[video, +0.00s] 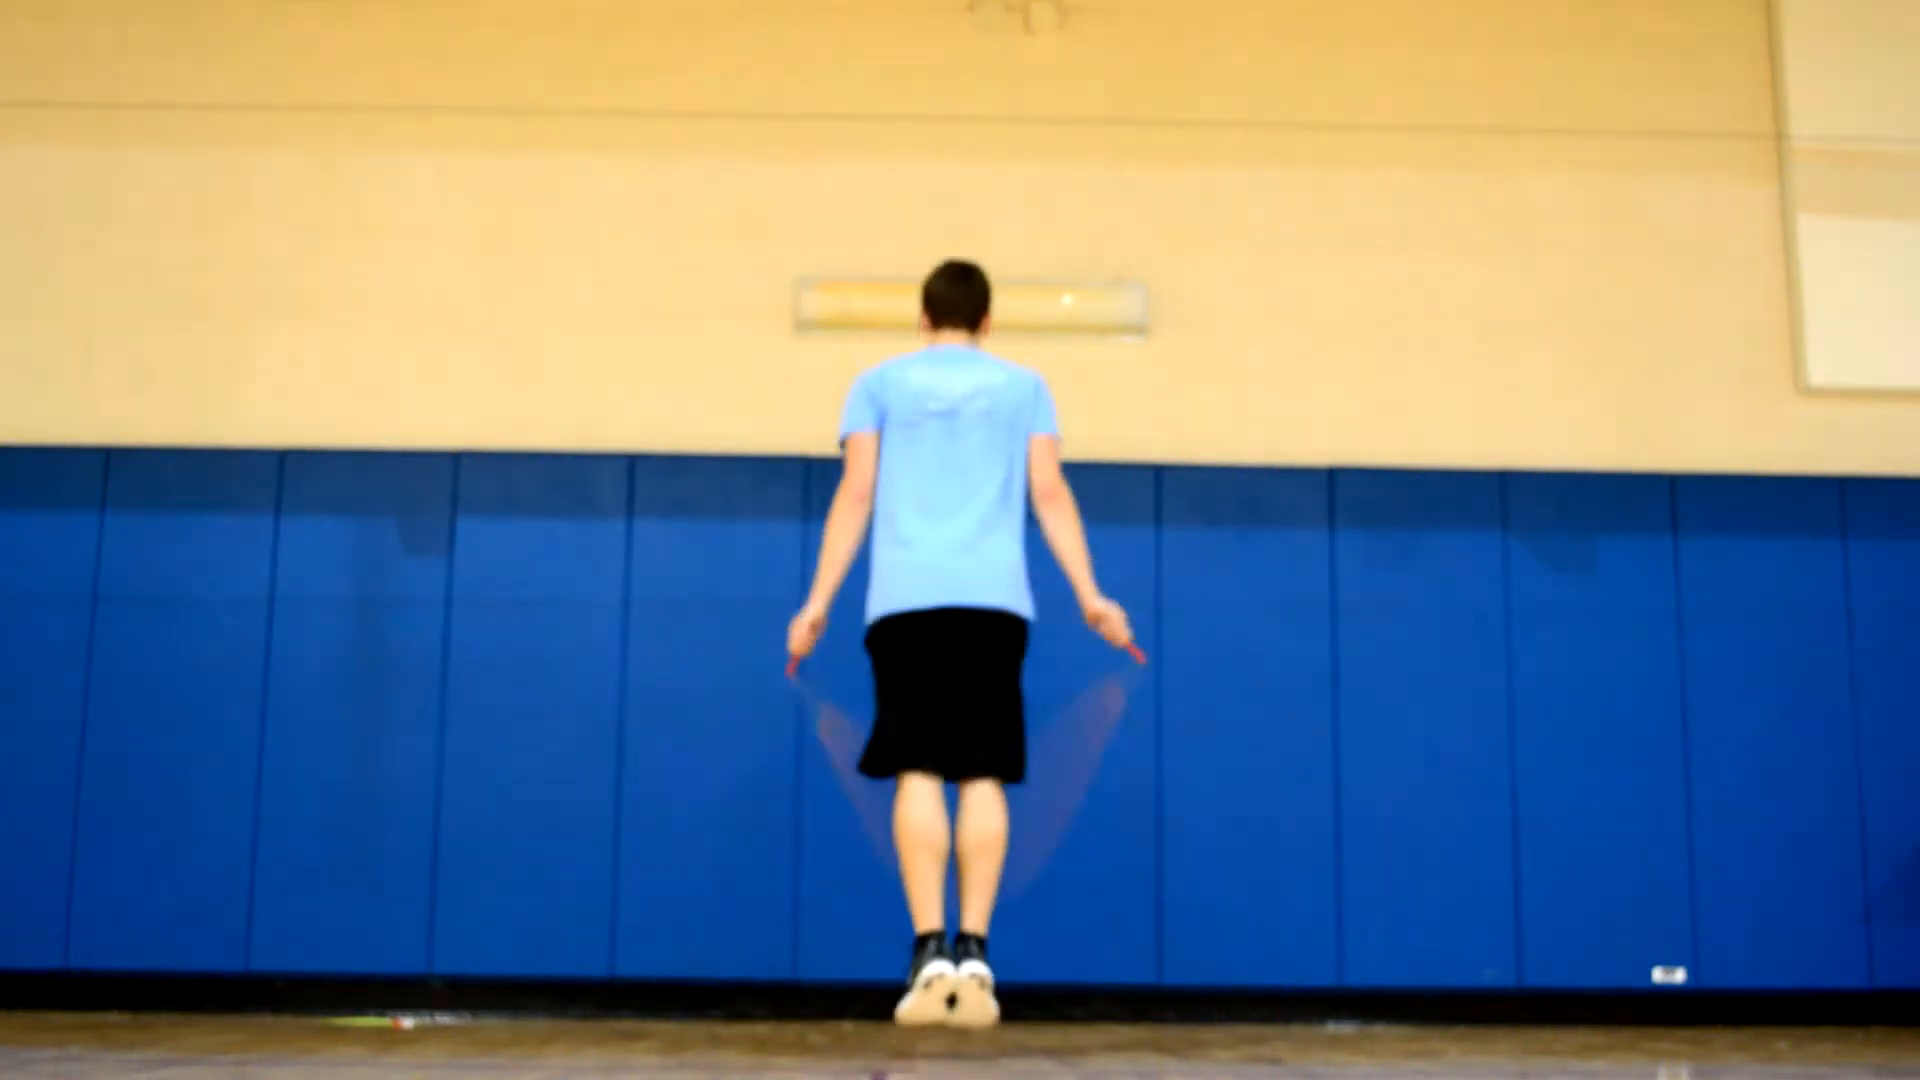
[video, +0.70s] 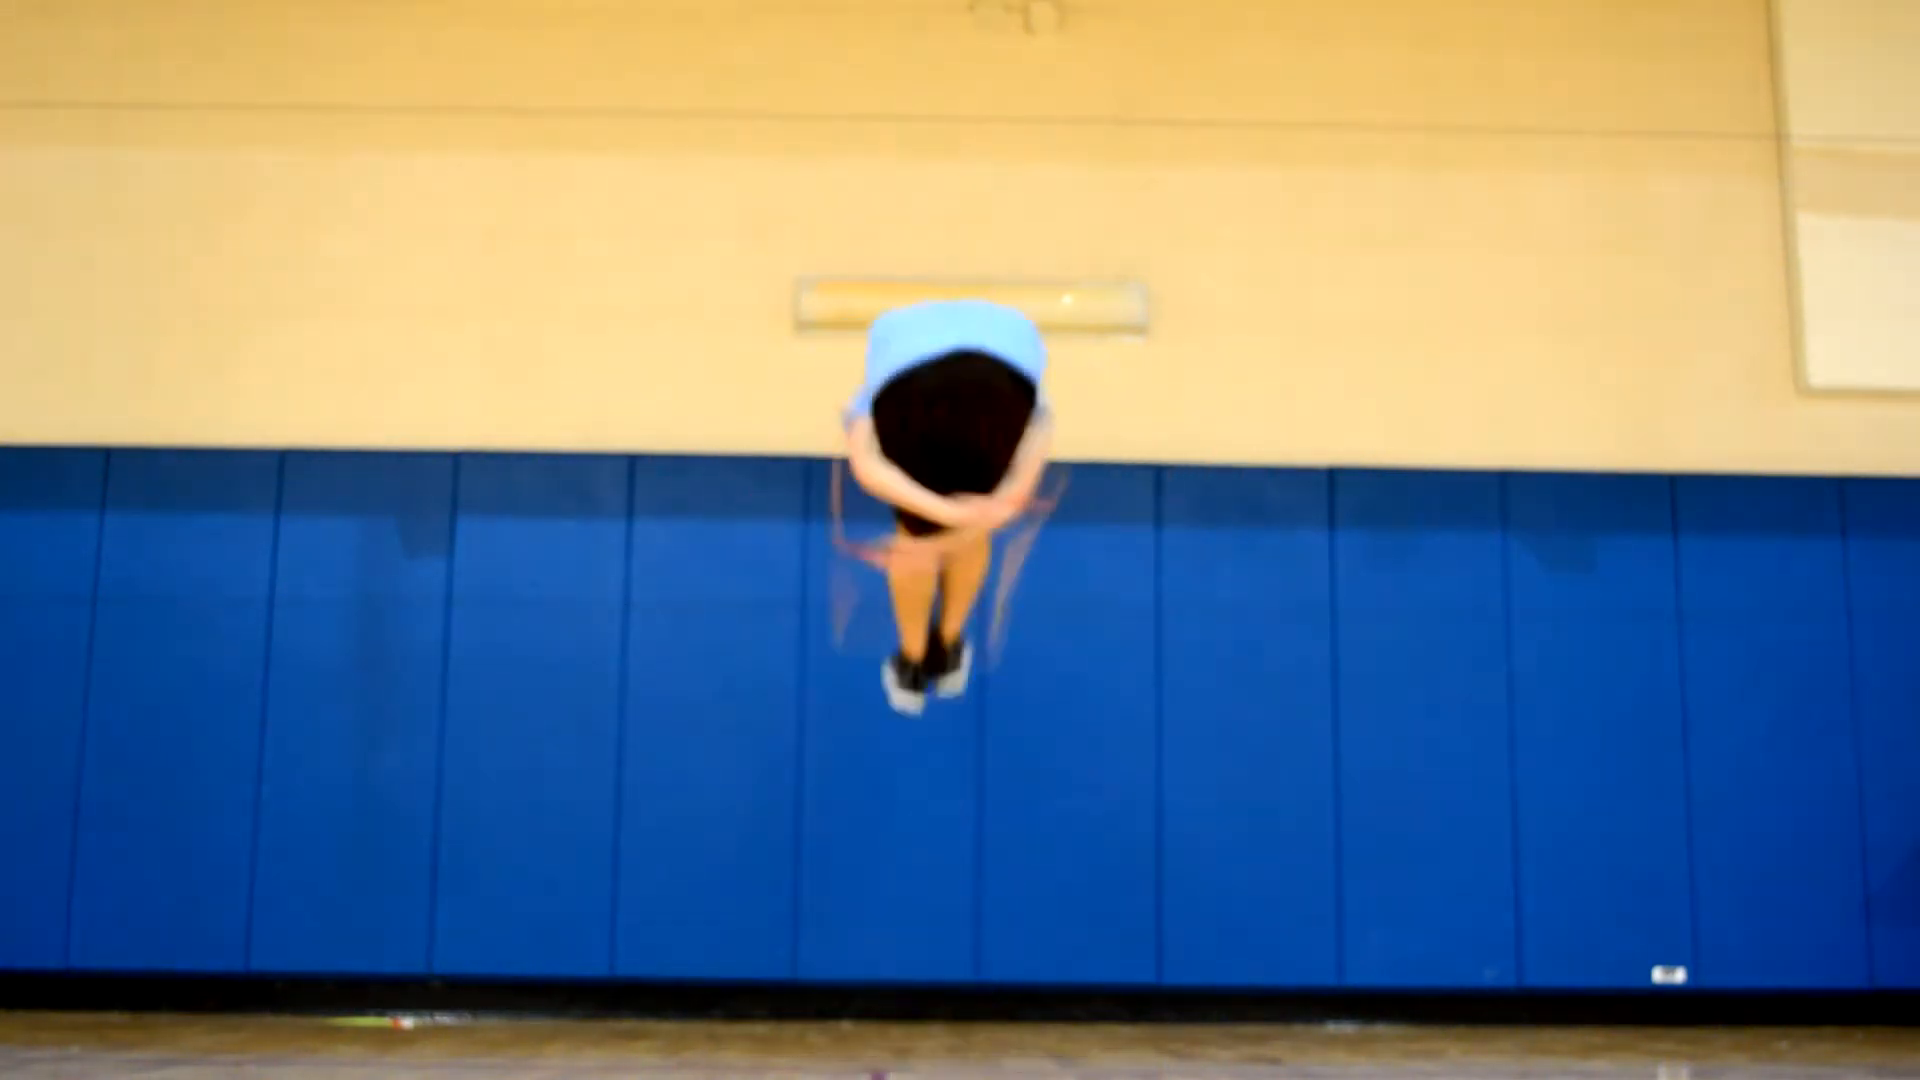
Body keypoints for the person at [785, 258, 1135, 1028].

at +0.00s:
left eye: (933, 312)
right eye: (979, 316)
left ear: (923, 316)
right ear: (988, 320)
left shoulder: (878, 385)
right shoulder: (1024, 387)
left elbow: (855, 499)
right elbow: (1050, 496)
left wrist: (816, 604)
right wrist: (1090, 596)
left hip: (905, 609)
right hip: (993, 608)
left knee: (918, 775)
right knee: (984, 778)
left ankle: (933, 950)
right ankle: (972, 952)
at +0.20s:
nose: (939, 379)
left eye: (928, 366)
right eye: (971, 369)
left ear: (920, 370)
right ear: (984, 372)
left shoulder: (881, 433)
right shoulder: (1019, 435)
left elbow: (845, 546)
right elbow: (1069, 544)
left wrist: (752, 604)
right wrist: (1167, 598)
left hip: (902, 655)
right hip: (996, 654)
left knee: (908, 821)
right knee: (992, 818)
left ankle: (931, 991)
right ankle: (977, 986)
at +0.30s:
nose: (945, 443)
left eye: (928, 432)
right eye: (971, 433)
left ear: (919, 439)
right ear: (985, 442)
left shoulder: (876, 508)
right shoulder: (1024, 514)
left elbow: (791, 583)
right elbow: (1119, 575)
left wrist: (695, 549)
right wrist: (1209, 538)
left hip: (896, 732)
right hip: (1000, 732)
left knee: (882, 888)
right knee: (1011, 880)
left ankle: (930, 1017)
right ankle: (973, 1014)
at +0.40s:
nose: (953, 385)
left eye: (938, 371)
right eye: (970, 372)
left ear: (922, 372)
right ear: (986, 376)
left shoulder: (878, 425)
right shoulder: (1023, 436)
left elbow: (794, 486)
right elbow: (1113, 493)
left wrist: (712, 476)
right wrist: (1190, 480)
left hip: (897, 669)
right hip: (990, 671)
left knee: (900, 826)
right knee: (989, 829)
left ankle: (923, 990)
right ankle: (976, 989)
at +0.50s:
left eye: (934, 297)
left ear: (921, 297)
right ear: (985, 301)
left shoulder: (885, 326)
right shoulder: (1021, 341)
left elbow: (795, 410)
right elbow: (1107, 428)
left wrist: (743, 467)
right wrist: (1174, 488)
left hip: (900, 542)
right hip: (991, 545)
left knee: (910, 701)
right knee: (978, 701)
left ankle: (919, 874)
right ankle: (967, 868)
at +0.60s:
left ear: (917, 300)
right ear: (977, 300)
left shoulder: (884, 320)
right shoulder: (1019, 326)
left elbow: (827, 419)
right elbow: (1073, 436)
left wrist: (804, 515)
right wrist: (1104, 533)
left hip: (909, 452)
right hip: (996, 452)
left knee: (913, 600)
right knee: (974, 595)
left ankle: (904, 761)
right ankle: (954, 750)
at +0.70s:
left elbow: (867, 468)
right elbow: (1013, 500)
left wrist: (952, 514)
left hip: (909, 372)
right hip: (1003, 369)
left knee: (916, 536)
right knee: (970, 529)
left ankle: (914, 665)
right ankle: (949, 655)